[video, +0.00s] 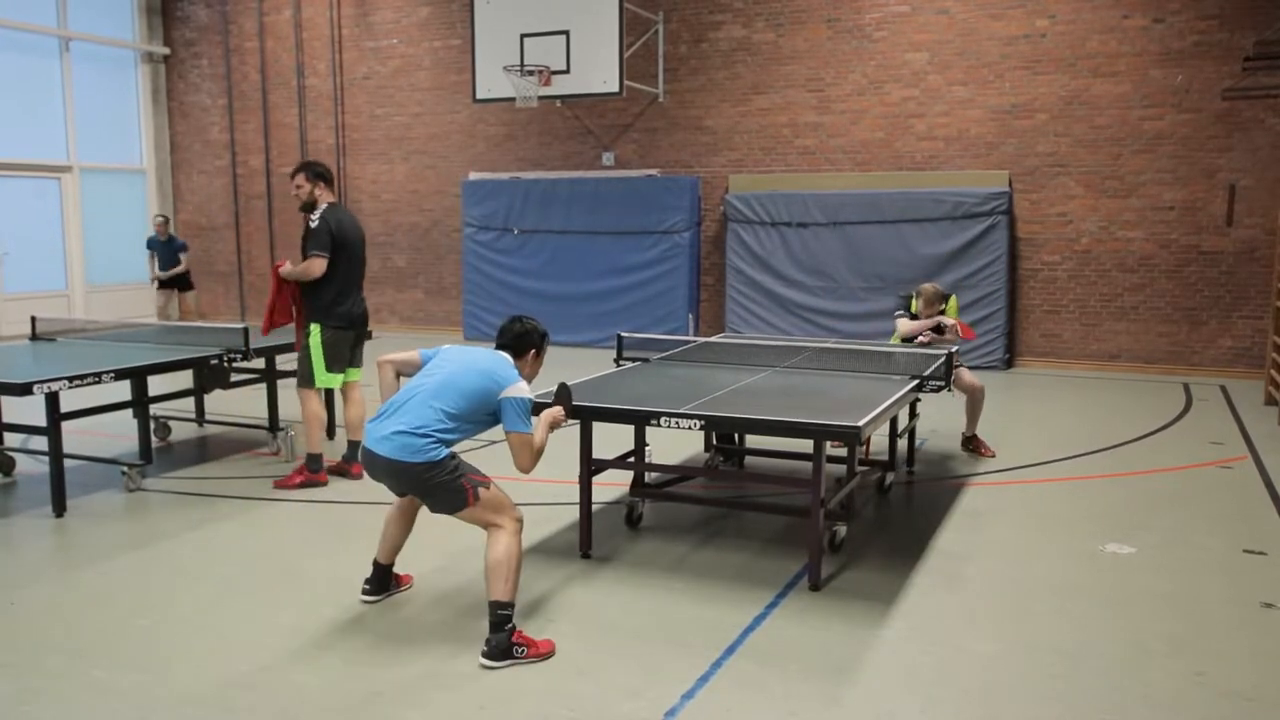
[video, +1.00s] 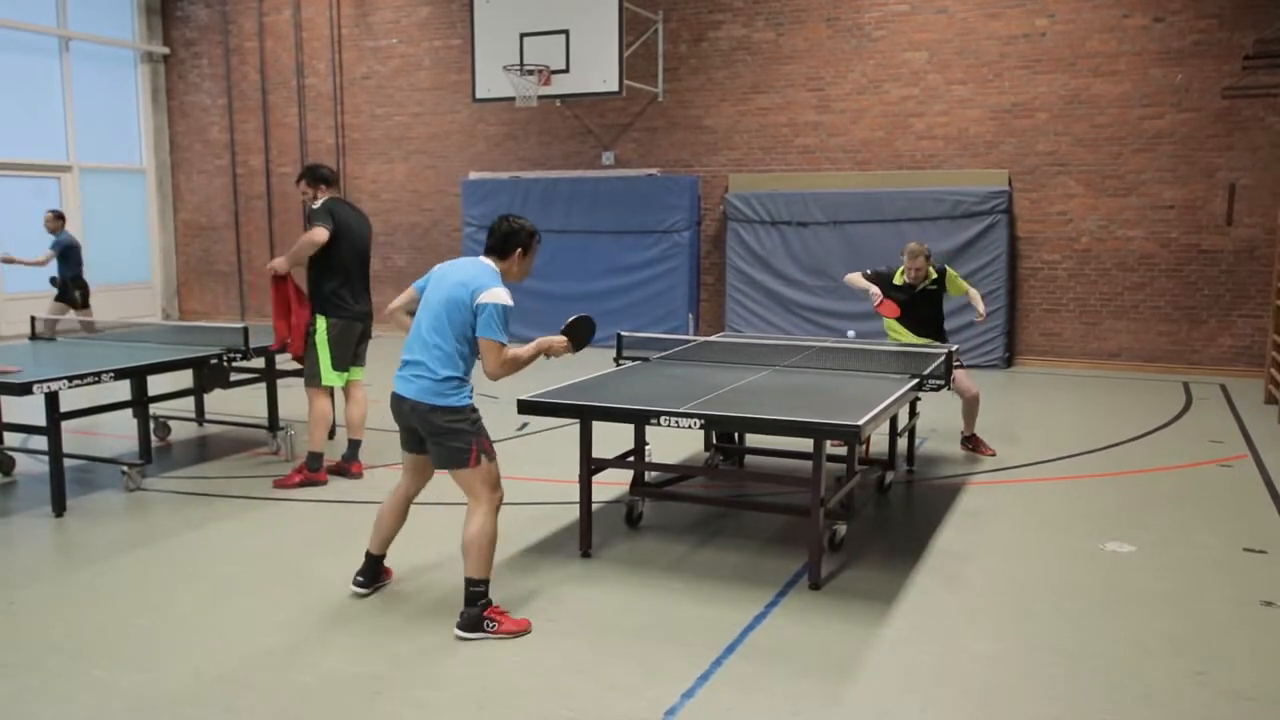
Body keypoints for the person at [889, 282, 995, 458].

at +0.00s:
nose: (926, 318)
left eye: (931, 315)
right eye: (921, 314)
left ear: (941, 306)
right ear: (916, 303)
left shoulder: (949, 303)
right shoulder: (906, 305)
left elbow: (953, 338)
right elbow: (903, 330)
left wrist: (933, 338)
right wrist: (938, 320)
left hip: (942, 359)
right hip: (906, 359)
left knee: (976, 388)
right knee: (875, 388)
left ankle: (969, 437)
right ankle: (861, 436)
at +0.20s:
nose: (931, 293)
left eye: (936, 289)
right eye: (928, 289)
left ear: (945, 280)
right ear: (918, 277)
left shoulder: (951, 279)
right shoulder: (906, 286)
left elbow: (957, 311)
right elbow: (918, 304)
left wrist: (942, 311)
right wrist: (953, 294)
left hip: (937, 348)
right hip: (902, 349)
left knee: (977, 387)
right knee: (879, 391)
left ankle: (970, 437)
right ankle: (862, 437)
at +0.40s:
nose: (932, 254)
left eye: (936, 249)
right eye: (927, 249)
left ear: (943, 244)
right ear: (917, 241)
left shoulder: (948, 253)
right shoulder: (904, 256)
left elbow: (967, 278)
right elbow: (934, 264)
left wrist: (953, 273)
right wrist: (952, 241)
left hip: (935, 332)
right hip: (900, 332)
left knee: (965, 382)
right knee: (882, 383)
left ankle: (969, 435)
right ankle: (860, 433)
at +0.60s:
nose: (927, 269)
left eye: (931, 264)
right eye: (922, 263)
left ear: (937, 259)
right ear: (913, 255)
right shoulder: (898, 267)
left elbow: (953, 266)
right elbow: (931, 289)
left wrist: (966, 277)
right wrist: (944, 265)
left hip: (932, 336)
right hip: (896, 338)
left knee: (967, 383)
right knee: (875, 385)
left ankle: (969, 436)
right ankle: (857, 434)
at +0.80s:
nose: (918, 287)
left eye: (923, 283)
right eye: (914, 282)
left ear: (932, 275)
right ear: (905, 273)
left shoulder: (939, 277)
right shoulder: (891, 282)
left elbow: (957, 284)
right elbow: (851, 290)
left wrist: (979, 297)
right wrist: (876, 299)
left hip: (934, 351)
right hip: (897, 353)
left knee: (972, 391)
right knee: (871, 391)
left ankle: (969, 437)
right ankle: (858, 435)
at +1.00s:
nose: (913, 274)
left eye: (918, 269)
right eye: (909, 269)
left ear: (928, 265)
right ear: (903, 264)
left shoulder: (941, 275)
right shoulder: (889, 277)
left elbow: (969, 291)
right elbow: (849, 278)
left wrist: (980, 308)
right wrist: (870, 287)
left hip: (937, 351)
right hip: (900, 351)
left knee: (971, 394)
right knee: (871, 391)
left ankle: (969, 437)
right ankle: (857, 437)